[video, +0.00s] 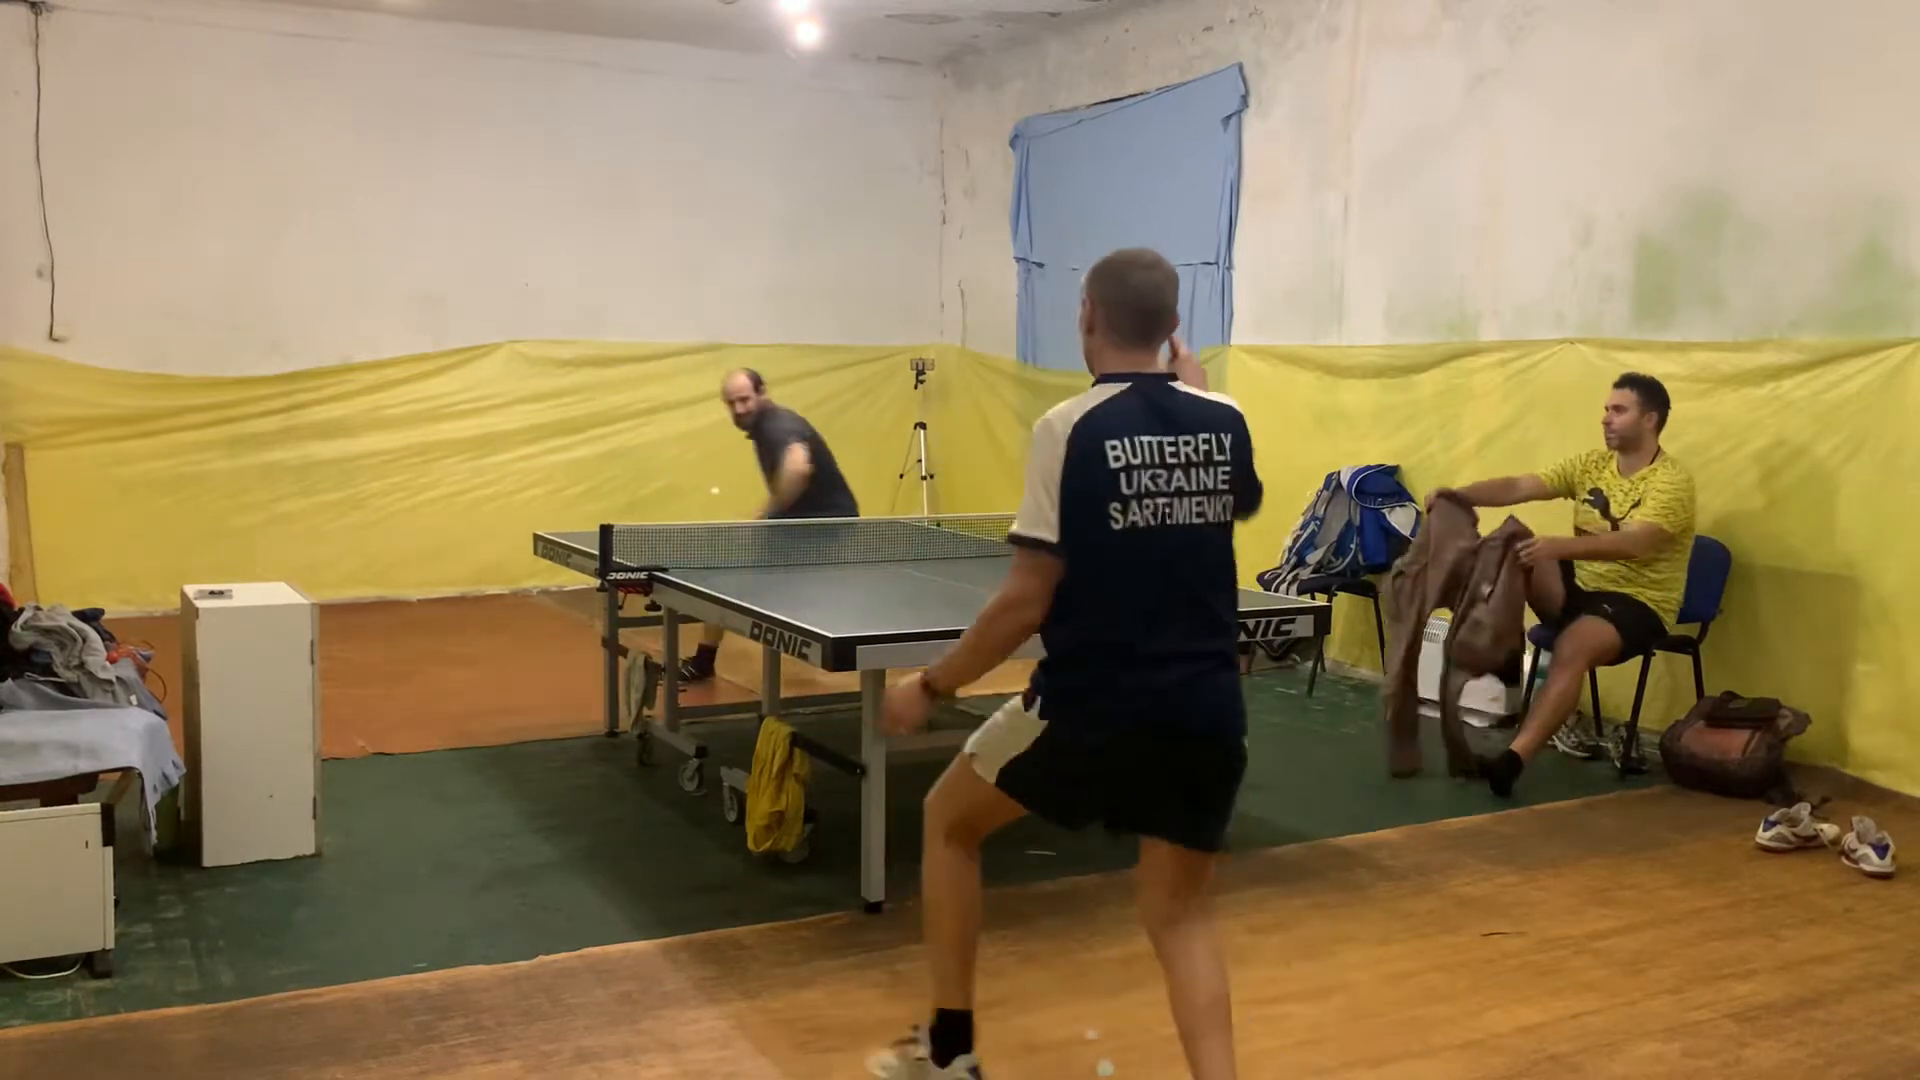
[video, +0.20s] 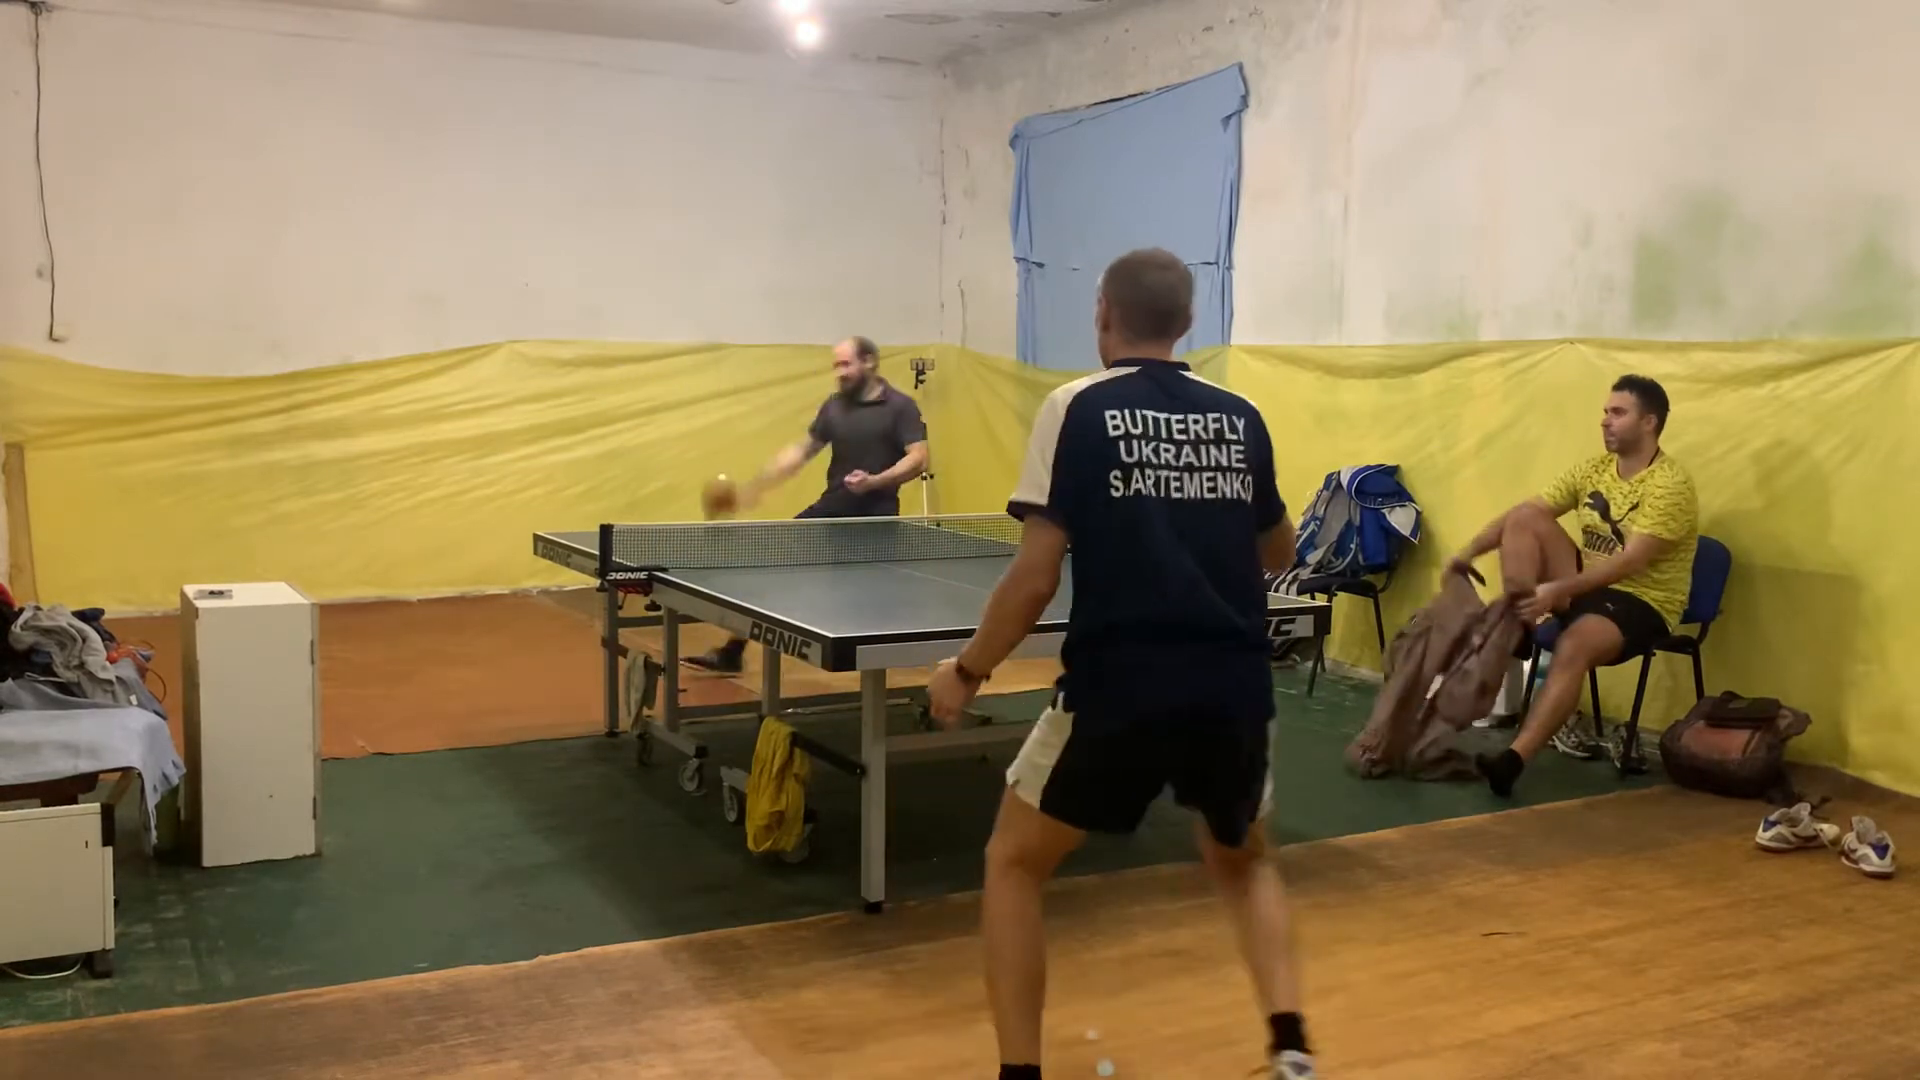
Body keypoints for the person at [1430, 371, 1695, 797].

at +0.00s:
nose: (1606, 419)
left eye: (1618, 411)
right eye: (1606, 410)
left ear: (1652, 420)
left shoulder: (1672, 481)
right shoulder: (1592, 464)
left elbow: (1640, 541)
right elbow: (1520, 487)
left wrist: (1555, 547)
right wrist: (1460, 494)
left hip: (1639, 603)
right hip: (1580, 591)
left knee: (1572, 645)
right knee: (1513, 543)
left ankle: (1512, 762)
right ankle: (1504, 654)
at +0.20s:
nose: (1606, 421)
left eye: (1617, 413)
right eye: (1605, 412)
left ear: (1651, 423)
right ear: (1605, 415)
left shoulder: (1671, 485)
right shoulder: (1597, 470)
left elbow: (1631, 561)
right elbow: (1529, 511)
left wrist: (1562, 589)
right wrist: (1469, 553)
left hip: (1644, 600)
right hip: (1593, 585)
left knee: (1573, 646)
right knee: (1523, 521)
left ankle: (1514, 760)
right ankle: (1520, 625)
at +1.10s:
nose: (1607, 420)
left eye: (1618, 412)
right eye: (1607, 412)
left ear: (1652, 421)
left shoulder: (1676, 484)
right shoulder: (1598, 472)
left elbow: (1648, 565)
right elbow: (1547, 529)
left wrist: (1582, 604)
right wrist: (1507, 590)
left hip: (1646, 601)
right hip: (1589, 588)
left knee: (1574, 645)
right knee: (1519, 522)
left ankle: (1514, 759)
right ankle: (1508, 643)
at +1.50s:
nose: (1613, 421)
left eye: (1625, 413)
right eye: (1613, 412)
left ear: (1658, 422)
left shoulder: (1680, 483)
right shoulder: (1604, 474)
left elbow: (1660, 560)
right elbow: (1551, 530)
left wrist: (1581, 575)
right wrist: (1493, 567)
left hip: (1648, 601)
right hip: (1592, 585)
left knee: (1575, 643)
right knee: (1513, 533)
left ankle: (1515, 759)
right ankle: (1464, 657)